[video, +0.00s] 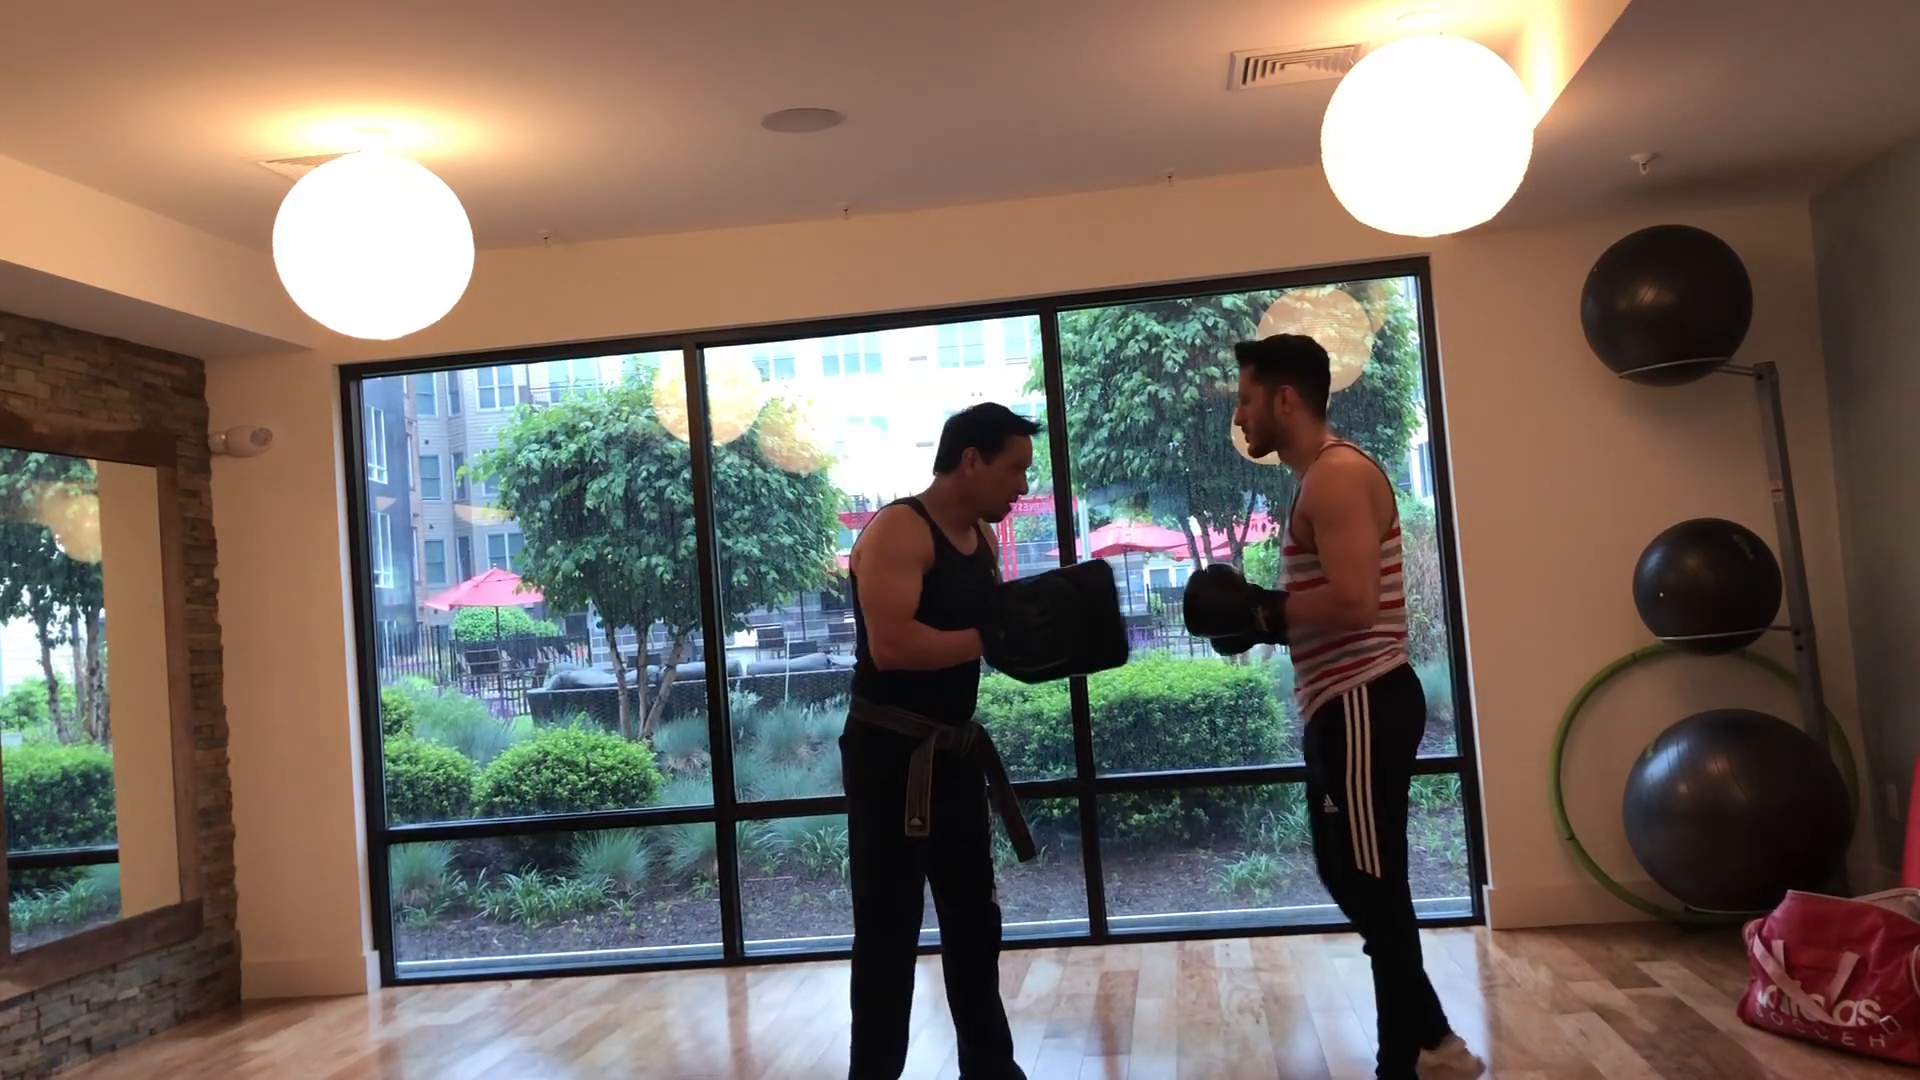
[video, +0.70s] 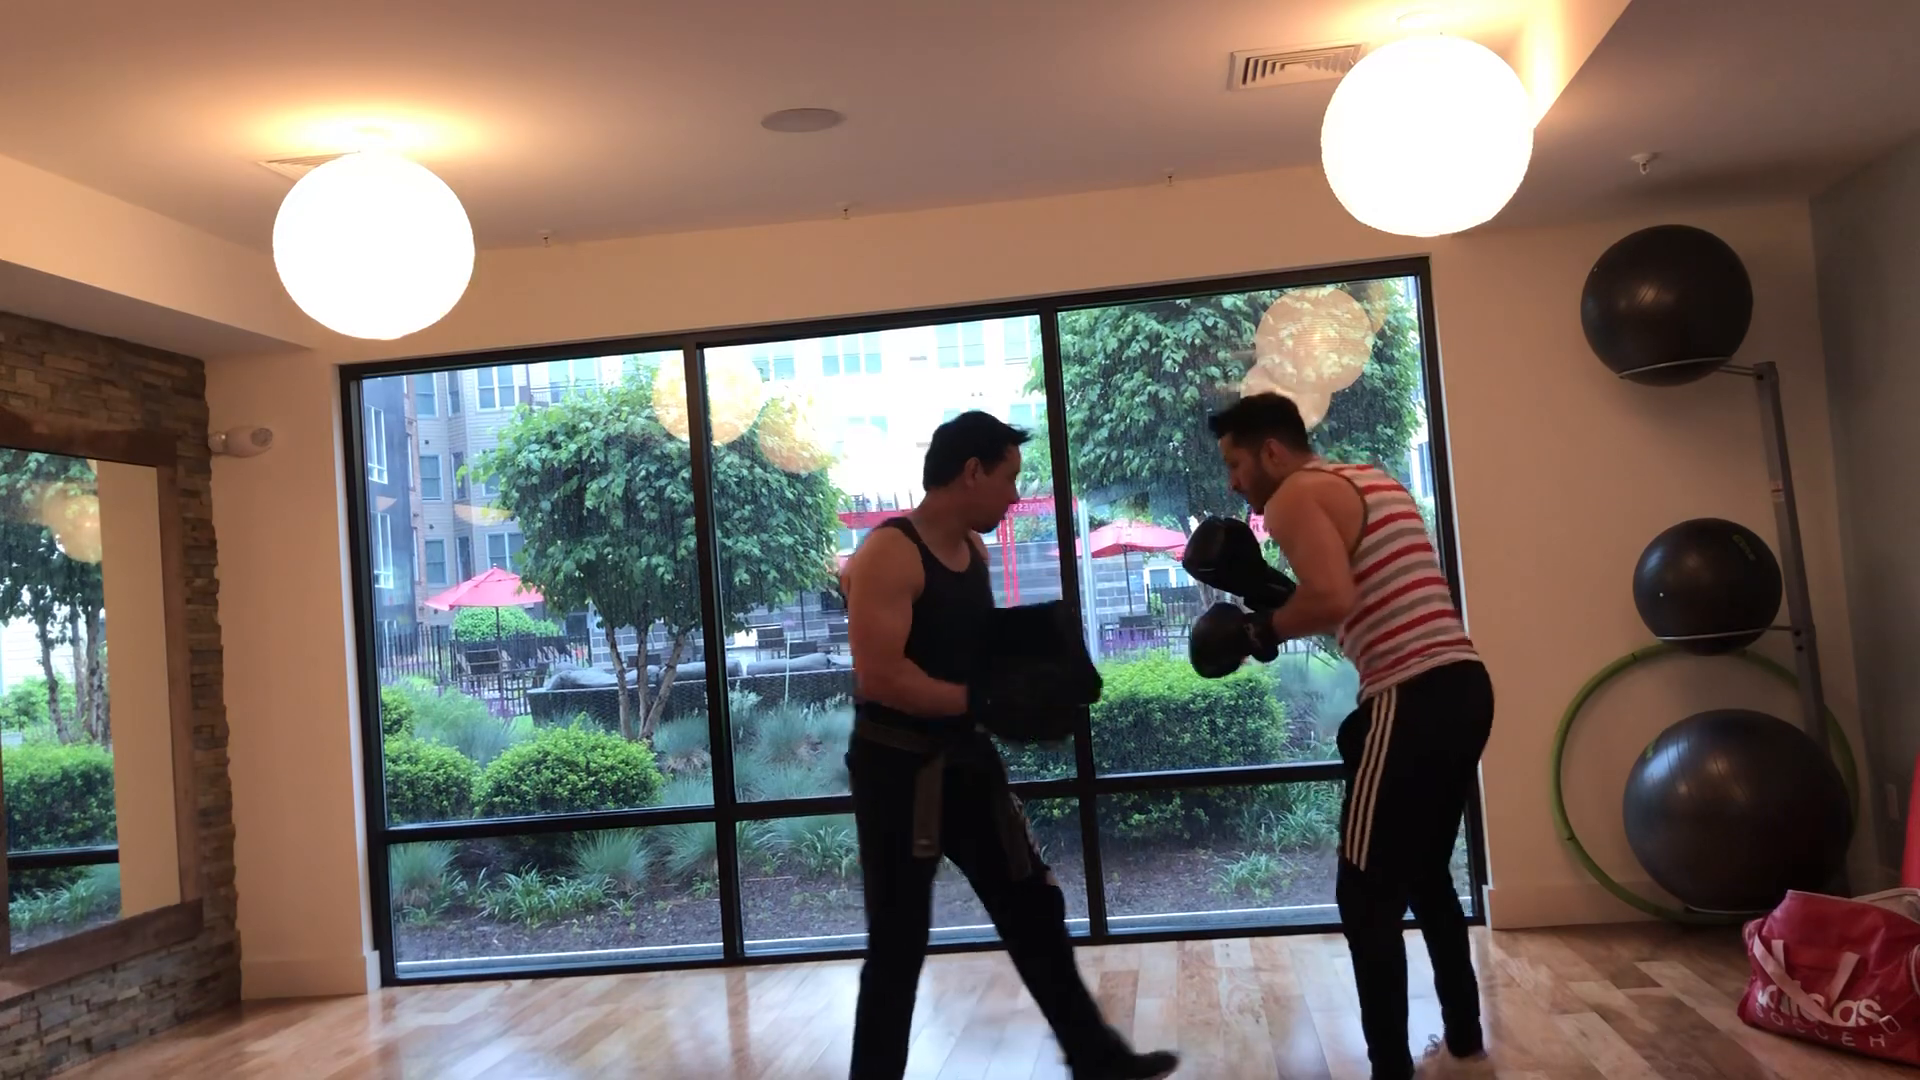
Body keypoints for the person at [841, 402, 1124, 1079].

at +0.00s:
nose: (1022, 488)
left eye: (1025, 475)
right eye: (1017, 472)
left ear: (976, 467)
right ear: (972, 462)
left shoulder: (979, 539)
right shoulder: (895, 530)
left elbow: (989, 626)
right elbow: (890, 646)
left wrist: (1052, 618)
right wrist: (995, 638)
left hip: (954, 744)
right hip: (887, 746)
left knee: (973, 923)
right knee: (888, 930)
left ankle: (990, 1071)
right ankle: (874, 1073)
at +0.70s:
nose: (1015, 495)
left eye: (1017, 480)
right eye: (1011, 478)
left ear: (972, 474)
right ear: (971, 471)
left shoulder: (969, 549)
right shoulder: (888, 550)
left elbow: (971, 650)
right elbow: (877, 674)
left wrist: (1035, 678)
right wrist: (982, 700)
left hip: (964, 754)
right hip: (895, 760)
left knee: (1030, 909)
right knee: (898, 942)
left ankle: (1098, 1059)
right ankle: (873, 1076)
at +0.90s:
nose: (1052, 501)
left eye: (1053, 486)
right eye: (1046, 485)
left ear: (1007, 482)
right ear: (1007, 481)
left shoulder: (1011, 559)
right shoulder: (932, 560)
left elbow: (1028, 659)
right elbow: (877, 660)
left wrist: (1087, 603)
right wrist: (984, 676)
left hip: (1025, 769)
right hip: (959, 776)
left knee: (1100, 915)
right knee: (954, 954)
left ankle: (1137, 1065)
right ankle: (890, 1077)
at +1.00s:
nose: (1077, 492)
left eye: (1078, 478)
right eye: (1070, 478)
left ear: (1028, 479)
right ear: (1030, 476)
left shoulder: (1029, 560)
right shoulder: (966, 547)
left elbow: (1068, 649)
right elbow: (938, 631)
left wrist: (1119, 590)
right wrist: (1038, 611)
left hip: (1047, 763)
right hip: (991, 767)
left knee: (1124, 907)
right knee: (991, 947)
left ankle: (1143, 1061)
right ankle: (896, 1074)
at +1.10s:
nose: (1096, 488)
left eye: (1097, 475)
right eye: (1088, 473)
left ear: (1048, 473)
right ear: (1046, 469)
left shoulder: (1047, 541)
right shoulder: (1013, 528)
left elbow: (1093, 660)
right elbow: (1073, 590)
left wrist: (1175, 600)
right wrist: (1144, 549)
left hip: (1053, 754)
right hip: (1011, 754)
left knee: (1113, 909)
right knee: (1007, 931)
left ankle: (1142, 1060)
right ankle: (902, 1072)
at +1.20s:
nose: (1110, 483)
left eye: (1111, 470)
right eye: (1101, 469)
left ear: (1048, 472)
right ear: (1054, 466)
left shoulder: (1005, 544)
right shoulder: (1068, 520)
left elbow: (1048, 662)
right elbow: (1189, 524)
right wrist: (1287, 517)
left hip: (1027, 749)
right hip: (1022, 752)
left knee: (1098, 909)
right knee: (1002, 929)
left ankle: (1139, 1062)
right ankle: (912, 1072)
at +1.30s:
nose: (1124, 483)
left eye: (1126, 470)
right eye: (1114, 470)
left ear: (1065, 473)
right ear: (1065, 468)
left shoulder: (1017, 539)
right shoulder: (1092, 527)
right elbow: (1204, 553)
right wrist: (1288, 551)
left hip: (1019, 745)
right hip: (1033, 750)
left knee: (1094, 908)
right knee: (1011, 928)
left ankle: (1139, 1061)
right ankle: (920, 1072)